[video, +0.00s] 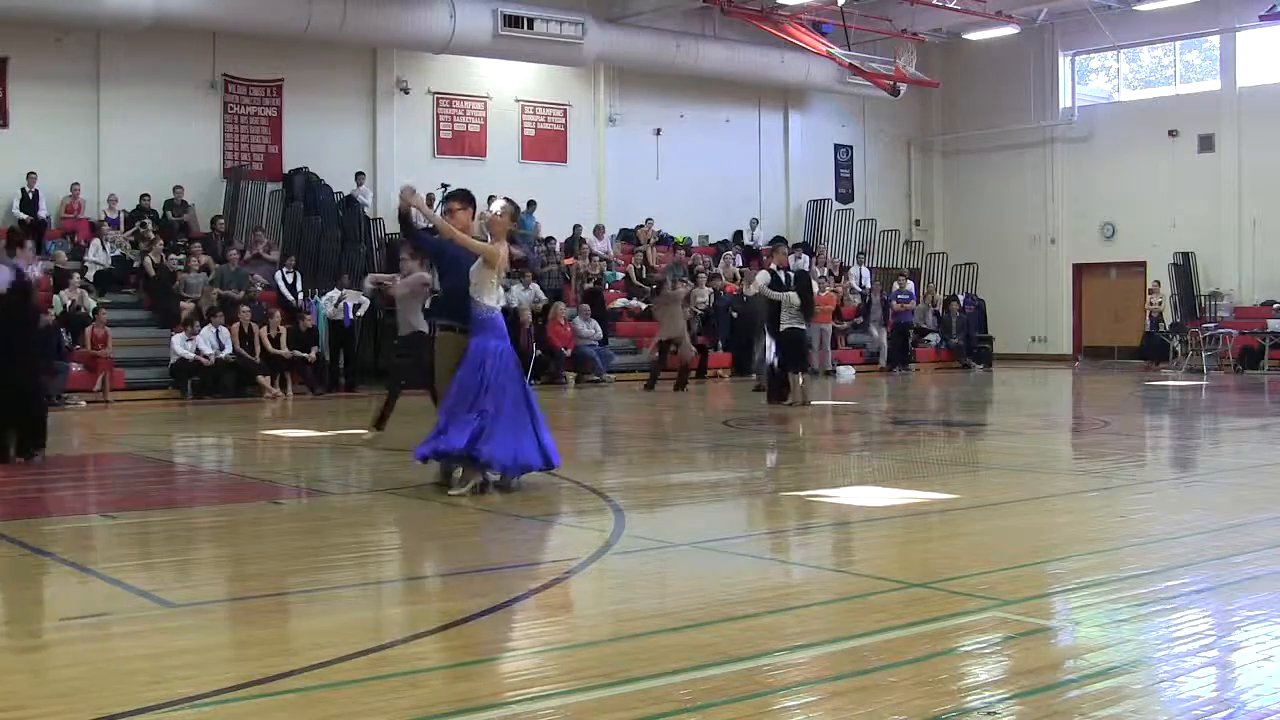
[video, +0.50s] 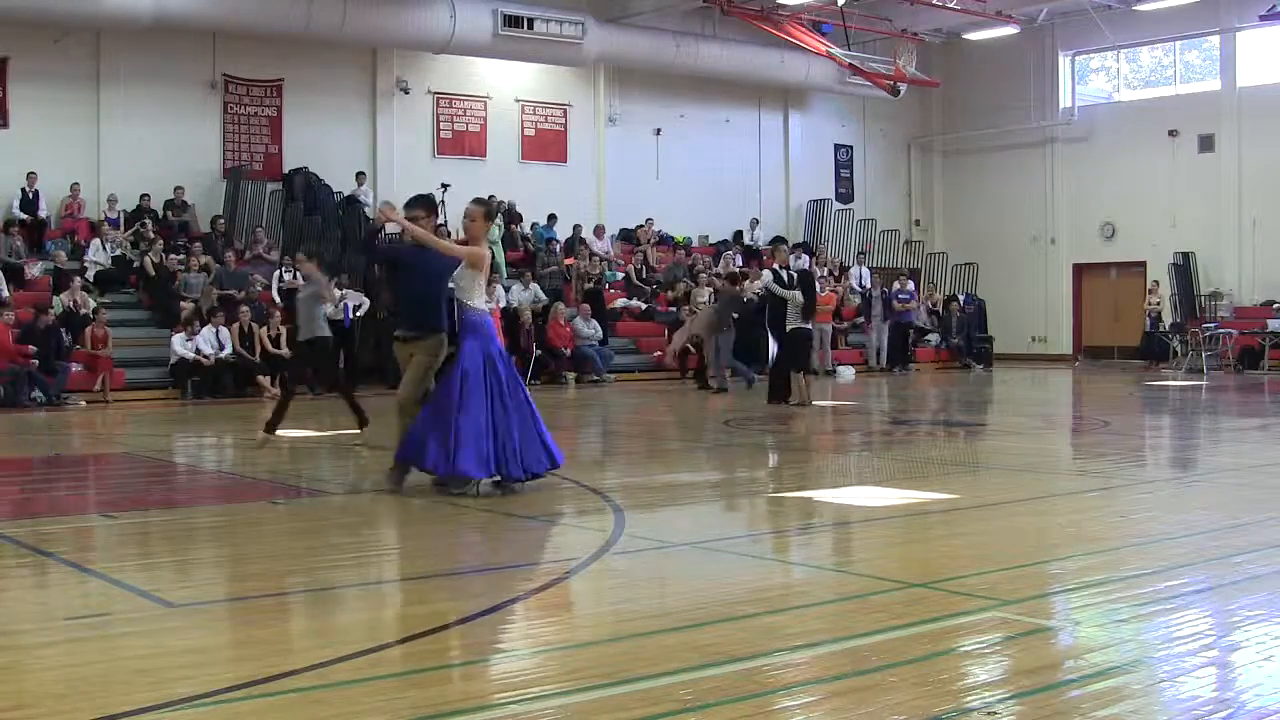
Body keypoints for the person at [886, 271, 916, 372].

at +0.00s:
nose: (901, 282)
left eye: (903, 280)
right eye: (899, 280)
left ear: (906, 281)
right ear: (897, 282)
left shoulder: (910, 294)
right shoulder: (894, 294)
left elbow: (912, 305)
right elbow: (894, 307)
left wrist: (900, 305)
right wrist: (908, 306)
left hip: (907, 322)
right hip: (896, 322)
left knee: (906, 344)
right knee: (895, 344)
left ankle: (905, 364)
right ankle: (894, 364)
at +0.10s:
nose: (901, 282)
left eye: (903, 280)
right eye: (899, 280)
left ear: (906, 281)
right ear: (897, 281)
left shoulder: (910, 294)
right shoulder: (894, 293)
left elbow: (913, 305)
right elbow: (895, 307)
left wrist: (900, 305)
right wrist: (907, 306)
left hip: (907, 322)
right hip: (896, 322)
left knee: (905, 344)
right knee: (895, 343)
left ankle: (905, 364)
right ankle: (894, 364)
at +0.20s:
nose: (902, 282)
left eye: (904, 280)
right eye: (900, 280)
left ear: (907, 281)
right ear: (898, 281)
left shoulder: (910, 293)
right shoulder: (894, 293)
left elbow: (913, 305)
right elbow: (895, 307)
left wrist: (900, 305)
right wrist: (908, 306)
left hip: (907, 321)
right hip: (896, 321)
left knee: (905, 343)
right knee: (896, 343)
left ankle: (905, 363)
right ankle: (895, 364)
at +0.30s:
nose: (902, 282)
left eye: (904, 280)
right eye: (900, 280)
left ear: (907, 281)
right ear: (898, 281)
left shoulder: (910, 293)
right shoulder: (894, 293)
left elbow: (913, 305)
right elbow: (896, 307)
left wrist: (901, 305)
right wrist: (908, 306)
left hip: (907, 321)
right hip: (897, 321)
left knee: (905, 343)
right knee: (896, 343)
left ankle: (905, 363)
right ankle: (895, 364)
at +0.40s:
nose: (902, 282)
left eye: (904, 280)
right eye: (900, 280)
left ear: (907, 281)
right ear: (898, 281)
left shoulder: (911, 293)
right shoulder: (894, 293)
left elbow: (914, 305)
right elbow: (896, 307)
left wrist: (901, 305)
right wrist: (909, 306)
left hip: (907, 321)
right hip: (897, 321)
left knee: (905, 343)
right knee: (896, 343)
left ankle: (905, 363)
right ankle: (895, 364)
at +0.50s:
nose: (902, 282)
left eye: (904, 280)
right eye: (900, 280)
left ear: (907, 281)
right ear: (898, 281)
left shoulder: (912, 293)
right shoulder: (894, 293)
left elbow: (914, 305)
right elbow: (896, 307)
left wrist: (901, 305)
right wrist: (909, 306)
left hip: (908, 321)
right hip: (897, 321)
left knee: (906, 344)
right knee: (895, 343)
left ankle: (905, 363)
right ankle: (895, 364)